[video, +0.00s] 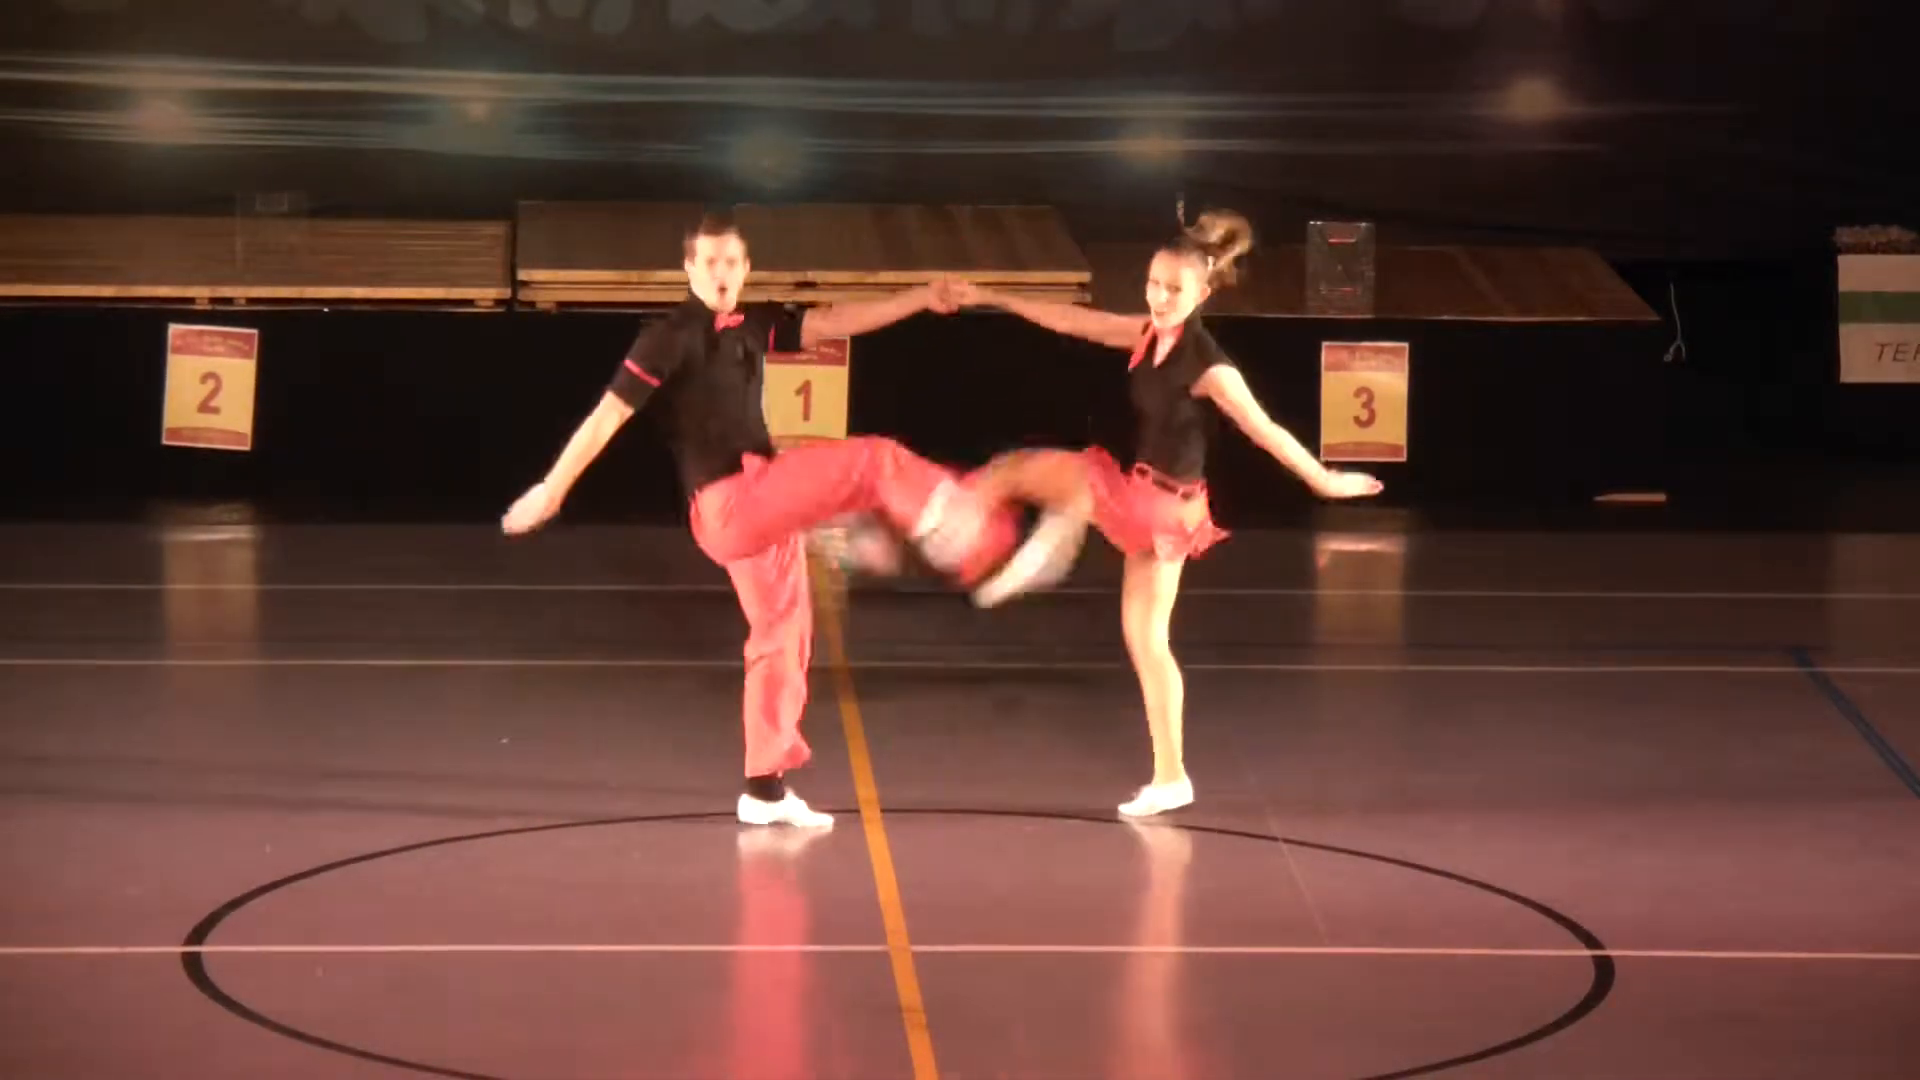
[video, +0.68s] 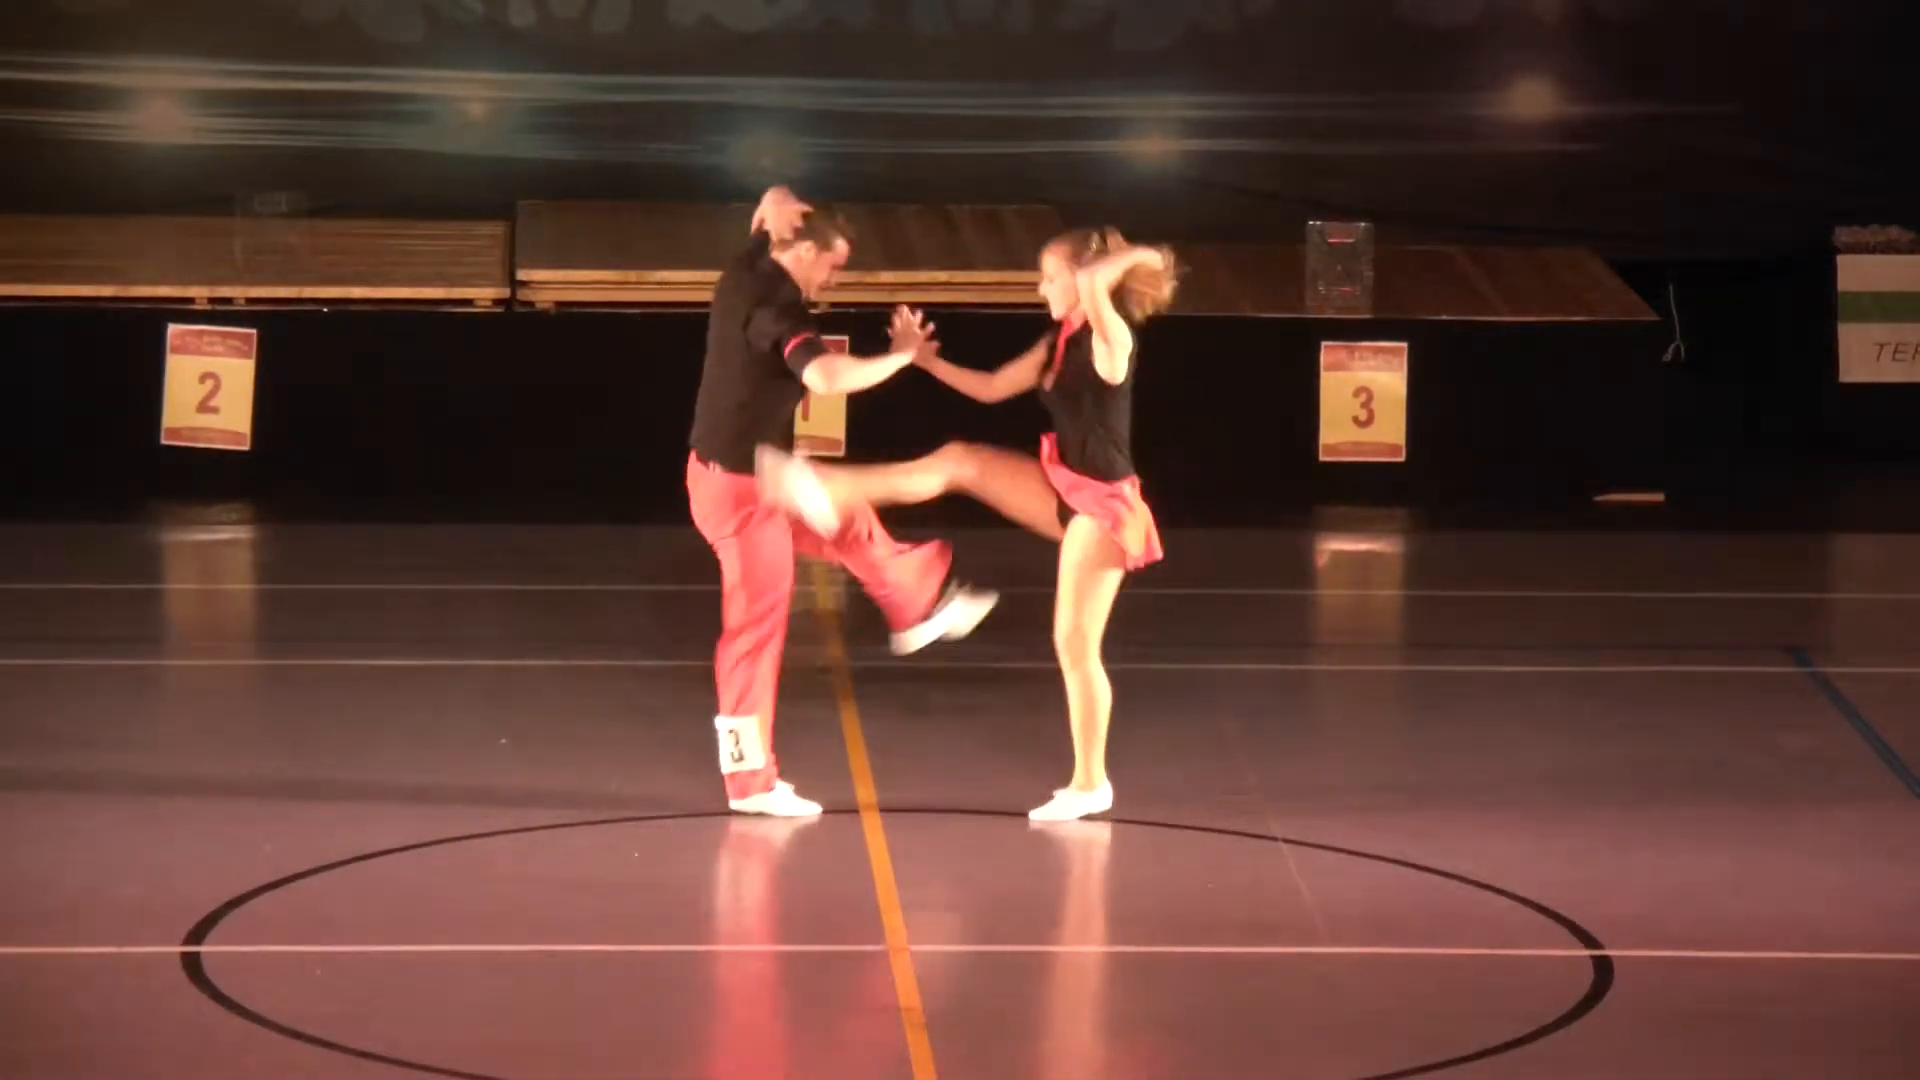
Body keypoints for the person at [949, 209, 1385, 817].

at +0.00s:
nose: (1158, 297)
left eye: (1173, 288)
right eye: (1153, 283)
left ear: (1204, 292)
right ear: (1144, 281)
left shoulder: (1205, 363)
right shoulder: (1146, 333)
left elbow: (1263, 429)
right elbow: (1071, 321)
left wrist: (1324, 480)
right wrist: (985, 298)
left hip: (1160, 505)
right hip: (1147, 494)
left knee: (1019, 469)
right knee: (1147, 639)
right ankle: (1169, 777)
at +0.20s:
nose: (1148, 262)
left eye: (1164, 254)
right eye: (1144, 248)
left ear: (1191, 263)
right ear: (1135, 245)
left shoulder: (1182, 331)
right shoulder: (1130, 299)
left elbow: (1226, 415)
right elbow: (1056, 290)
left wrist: (1270, 492)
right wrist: (970, 273)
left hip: (1157, 478)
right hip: (1170, 481)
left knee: (1027, 441)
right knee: (1146, 617)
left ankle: (1125, 533)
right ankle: (1163, 760)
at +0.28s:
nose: (1126, 263)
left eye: (1140, 254)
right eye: (1127, 251)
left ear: (1172, 264)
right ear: (1128, 253)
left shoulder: (1176, 334)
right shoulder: (1127, 312)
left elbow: (1209, 428)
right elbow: (1050, 322)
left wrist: (1233, 514)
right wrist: (966, 315)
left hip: (1159, 494)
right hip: (1151, 491)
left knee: (1025, 550)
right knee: (1161, 634)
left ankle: (1105, 654)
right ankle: (1168, 771)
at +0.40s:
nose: (1106, 296)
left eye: (1115, 285)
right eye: (1105, 285)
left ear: (1153, 287)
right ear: (1117, 291)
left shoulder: (1166, 361)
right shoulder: (1115, 350)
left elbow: (1154, 453)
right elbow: (1045, 382)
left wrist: (1096, 505)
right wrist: (962, 398)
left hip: (1140, 523)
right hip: (1111, 520)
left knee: (1072, 647)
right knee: (1147, 654)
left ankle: (1096, 789)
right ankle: (1178, 779)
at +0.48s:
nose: (1092, 283)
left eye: (1103, 271)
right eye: (1089, 270)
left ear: (1138, 272)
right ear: (1093, 275)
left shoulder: (1164, 337)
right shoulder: (1105, 333)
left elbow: (1116, 387)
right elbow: (1055, 385)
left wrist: (1035, 377)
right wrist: (976, 411)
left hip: (1138, 493)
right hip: (1092, 485)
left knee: (1065, 620)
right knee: (1017, 597)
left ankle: (1088, 760)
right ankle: (1102, 708)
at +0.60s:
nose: (1072, 278)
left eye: (1088, 271)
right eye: (1075, 269)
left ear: (1117, 285)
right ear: (1093, 283)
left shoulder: (1127, 346)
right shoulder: (1088, 346)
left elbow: (1072, 293)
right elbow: (1024, 401)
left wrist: (1084, 235)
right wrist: (950, 383)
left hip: (1116, 517)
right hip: (1075, 498)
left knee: (1079, 648)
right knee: (962, 474)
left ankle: (1091, 788)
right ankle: (846, 541)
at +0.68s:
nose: (1043, 288)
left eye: (1052, 277)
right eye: (1043, 277)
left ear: (1085, 279)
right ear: (1055, 283)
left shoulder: (1111, 343)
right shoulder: (1057, 342)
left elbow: (1092, 290)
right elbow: (991, 388)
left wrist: (1133, 257)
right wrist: (923, 358)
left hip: (1104, 510)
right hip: (1061, 493)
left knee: (1076, 644)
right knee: (955, 461)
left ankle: (1090, 783)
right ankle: (828, 488)